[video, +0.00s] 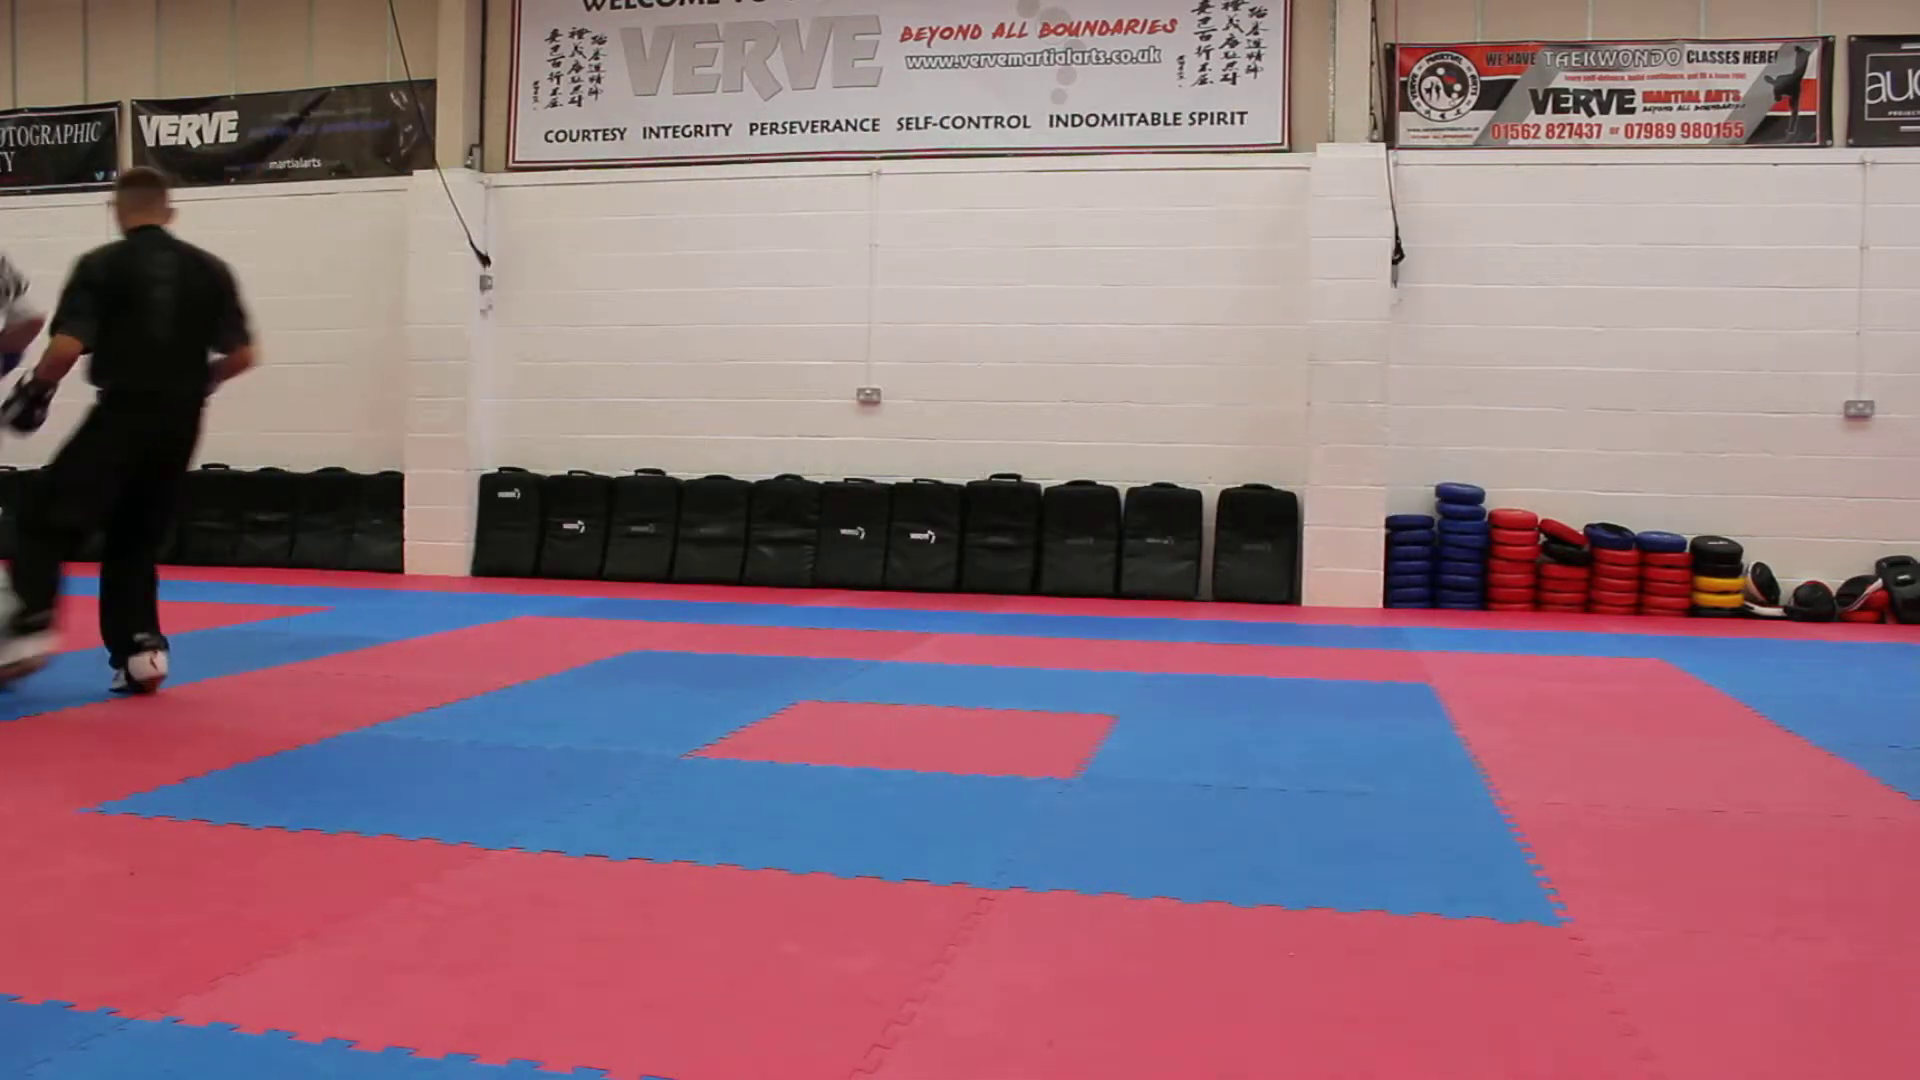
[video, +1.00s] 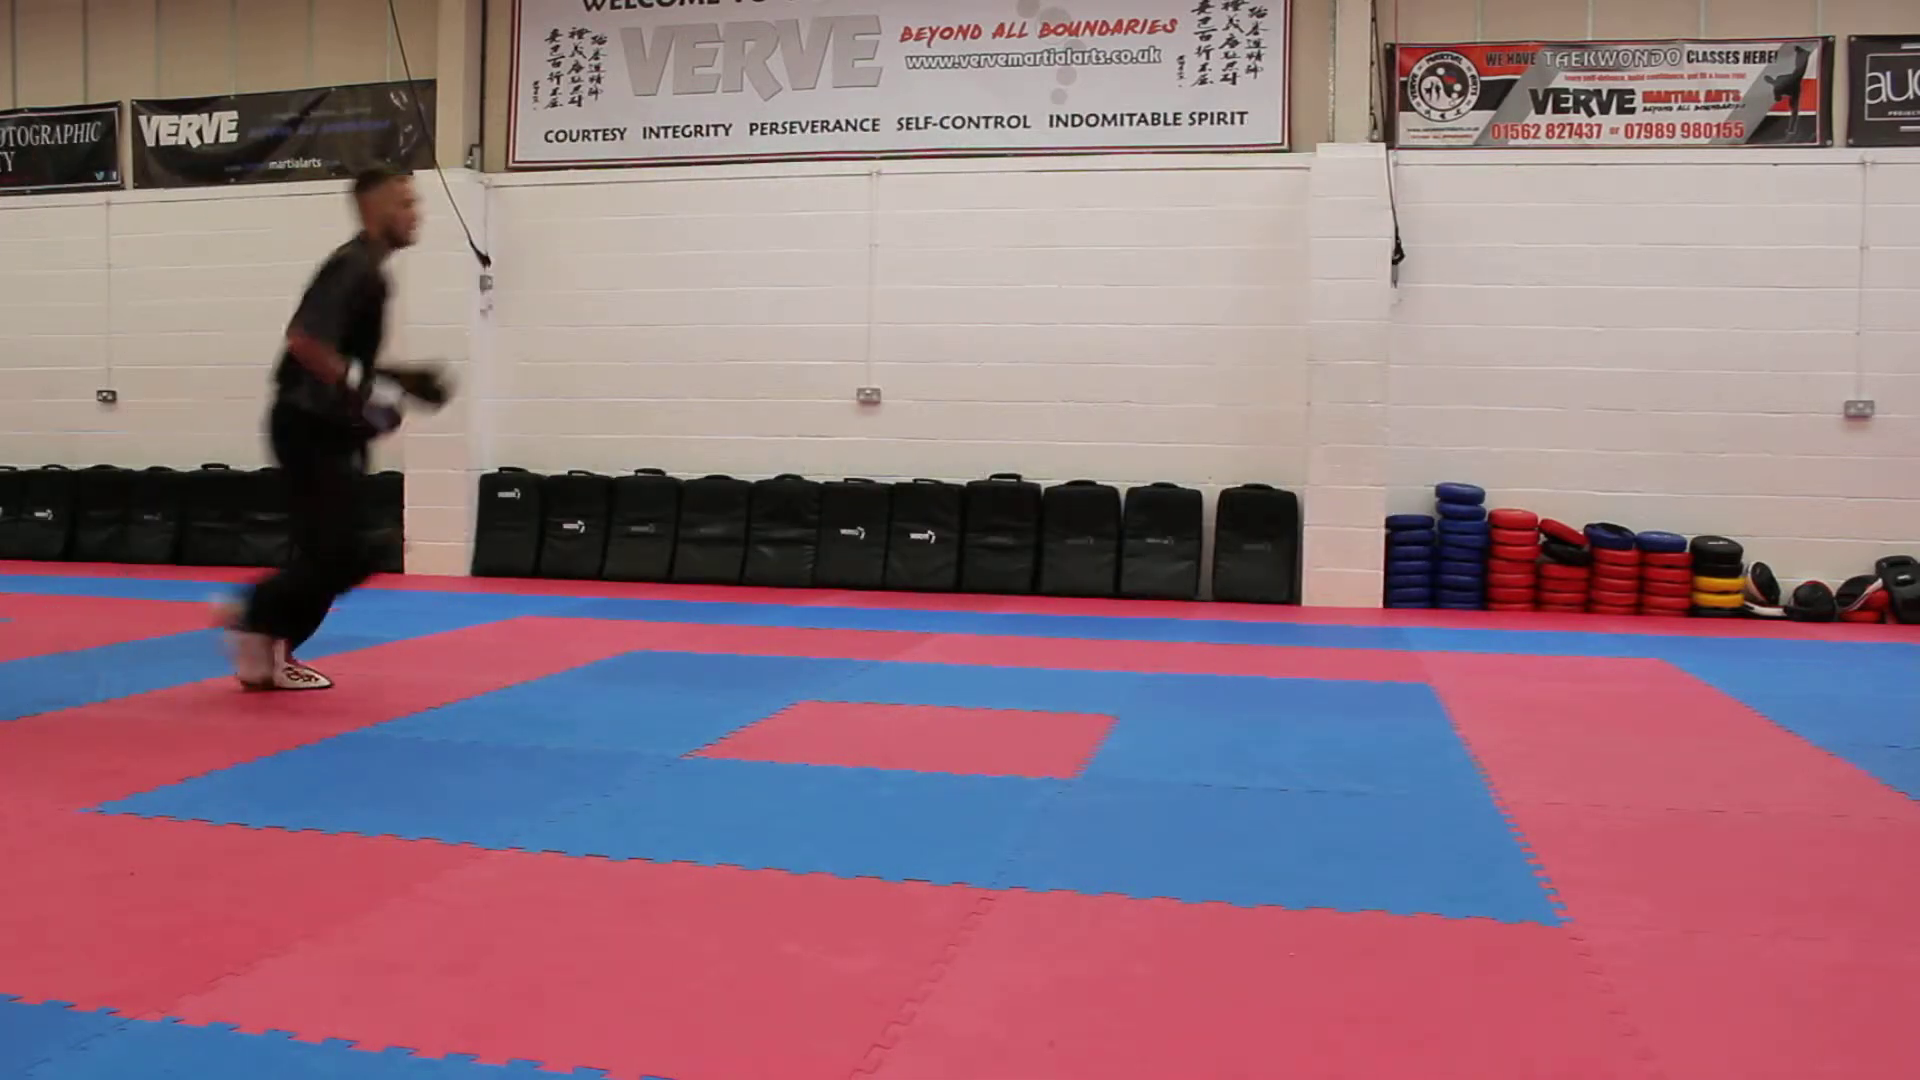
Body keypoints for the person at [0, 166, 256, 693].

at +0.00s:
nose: (122, 217)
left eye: (118, 209)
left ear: (118, 212)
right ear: (168, 210)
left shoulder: (101, 266)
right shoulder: (206, 268)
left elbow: (67, 347)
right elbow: (243, 355)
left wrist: (36, 389)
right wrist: (199, 380)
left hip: (119, 421)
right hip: (179, 426)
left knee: (47, 510)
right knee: (134, 535)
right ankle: (142, 649)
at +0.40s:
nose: (140, 227)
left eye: (137, 217)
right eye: (137, 218)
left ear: (86, 220)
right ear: (124, 220)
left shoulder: (33, 275)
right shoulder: (141, 279)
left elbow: (8, 354)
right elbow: (151, 355)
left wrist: (35, 391)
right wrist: (148, 406)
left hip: (35, 429)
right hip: (103, 434)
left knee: (13, 527)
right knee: (98, 542)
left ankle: (52, 646)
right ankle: (45, 635)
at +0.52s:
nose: (186, 214)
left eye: (185, 202)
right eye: (181, 203)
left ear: (131, 205)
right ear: (161, 205)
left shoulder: (77, 263)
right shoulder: (168, 268)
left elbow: (32, 344)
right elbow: (159, 353)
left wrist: (30, 401)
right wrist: (180, 405)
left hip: (59, 423)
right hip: (120, 428)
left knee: (33, 530)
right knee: (116, 549)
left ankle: (44, 651)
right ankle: (33, 644)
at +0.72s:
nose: (268, 215)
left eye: (267, 204)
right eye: (260, 205)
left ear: (221, 208)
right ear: (232, 206)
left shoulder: (174, 261)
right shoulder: (235, 273)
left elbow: (107, 324)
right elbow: (258, 355)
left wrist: (148, 372)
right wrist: (289, 373)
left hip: (145, 423)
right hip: (174, 431)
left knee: (214, 529)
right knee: (124, 544)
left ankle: (155, 621)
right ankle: (44, 650)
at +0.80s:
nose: (310, 209)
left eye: (308, 198)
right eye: (301, 199)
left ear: (261, 205)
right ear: (269, 202)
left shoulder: (219, 257)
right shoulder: (279, 265)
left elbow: (158, 323)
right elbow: (301, 354)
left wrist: (198, 366)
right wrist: (328, 368)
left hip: (183, 418)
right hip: (220, 425)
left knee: (141, 529)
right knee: (269, 526)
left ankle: (66, 637)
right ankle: (245, 637)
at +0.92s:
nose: (372, 220)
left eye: (370, 209)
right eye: (362, 210)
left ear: (331, 218)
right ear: (331, 216)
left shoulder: (305, 272)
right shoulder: (324, 280)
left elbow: (294, 365)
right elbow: (305, 370)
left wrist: (339, 405)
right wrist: (346, 406)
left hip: (269, 430)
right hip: (276, 434)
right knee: (306, 550)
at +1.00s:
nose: (415, 214)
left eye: (413, 203)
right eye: (404, 205)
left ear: (382, 211)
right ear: (371, 210)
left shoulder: (370, 272)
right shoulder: (351, 267)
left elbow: (346, 353)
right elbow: (304, 340)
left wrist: (400, 376)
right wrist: (360, 391)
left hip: (330, 421)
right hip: (305, 422)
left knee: (334, 542)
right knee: (341, 545)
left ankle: (277, 647)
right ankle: (255, 622)